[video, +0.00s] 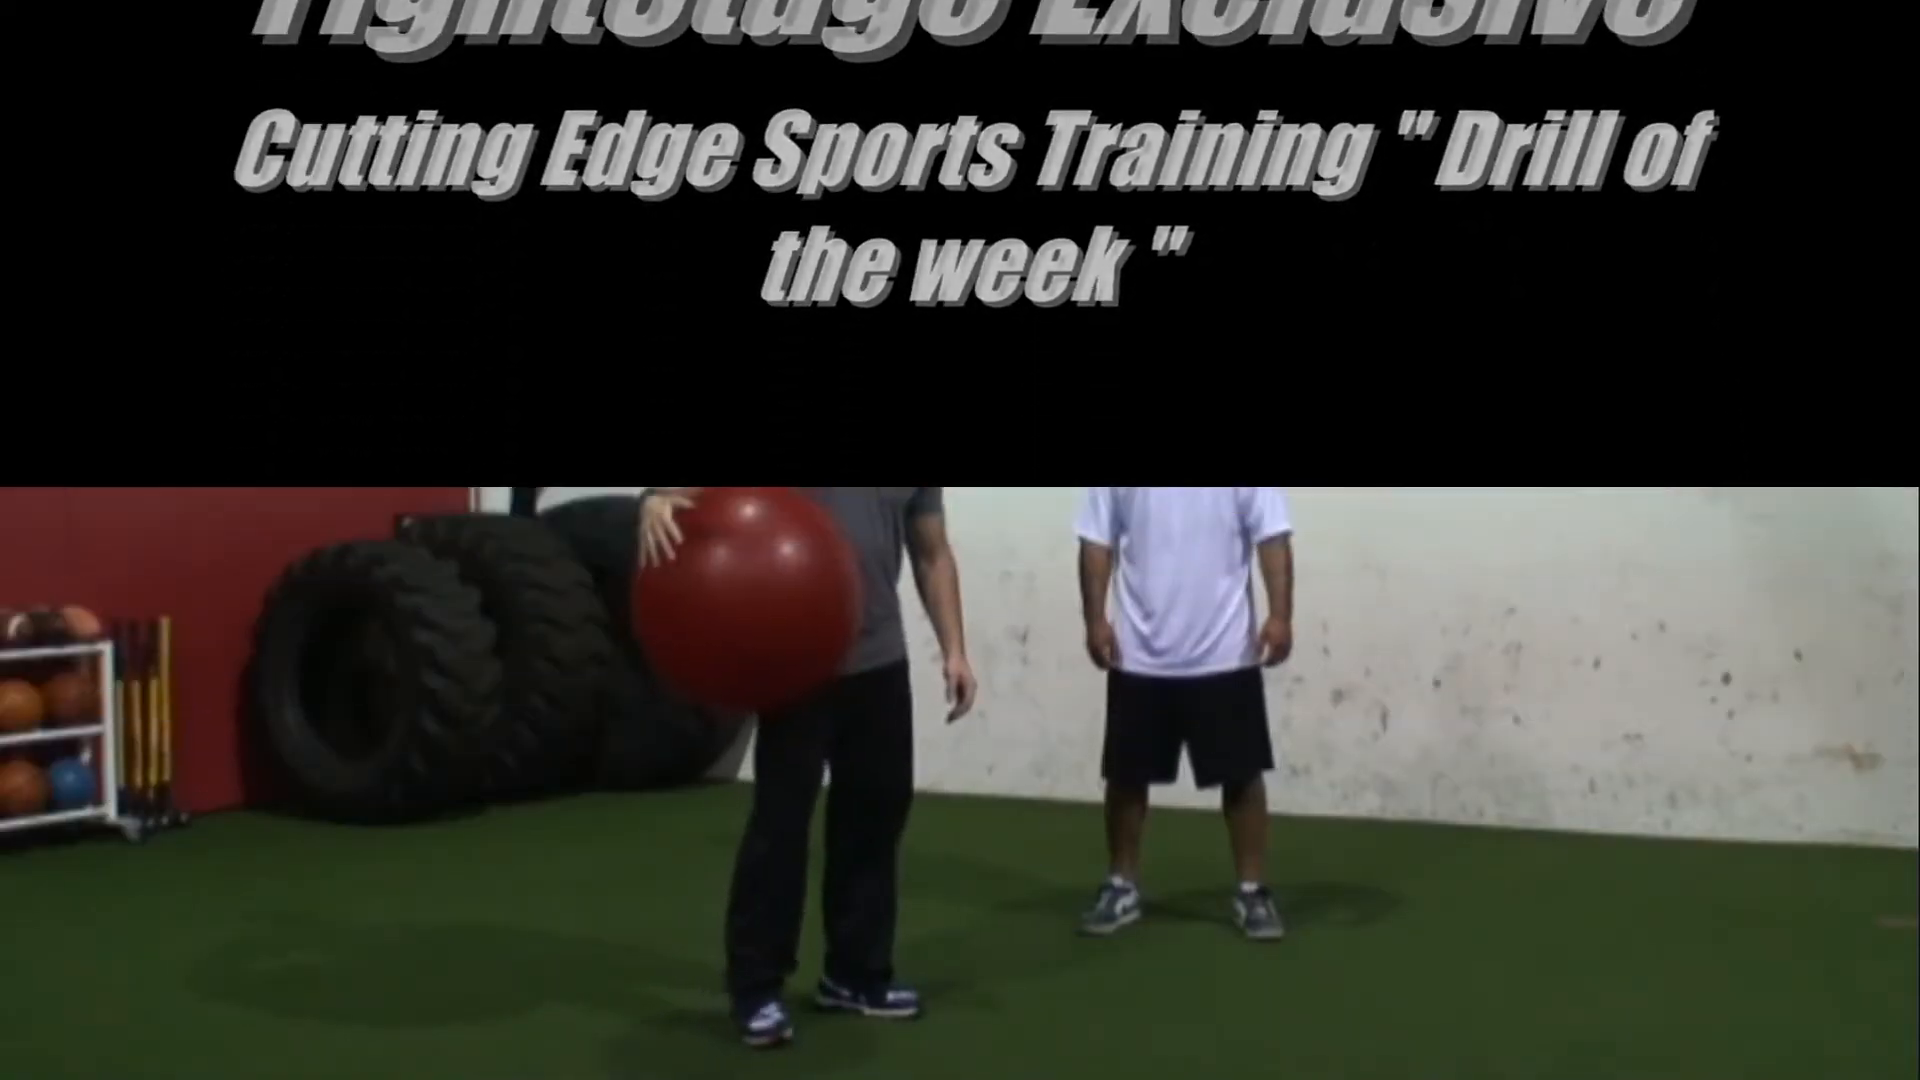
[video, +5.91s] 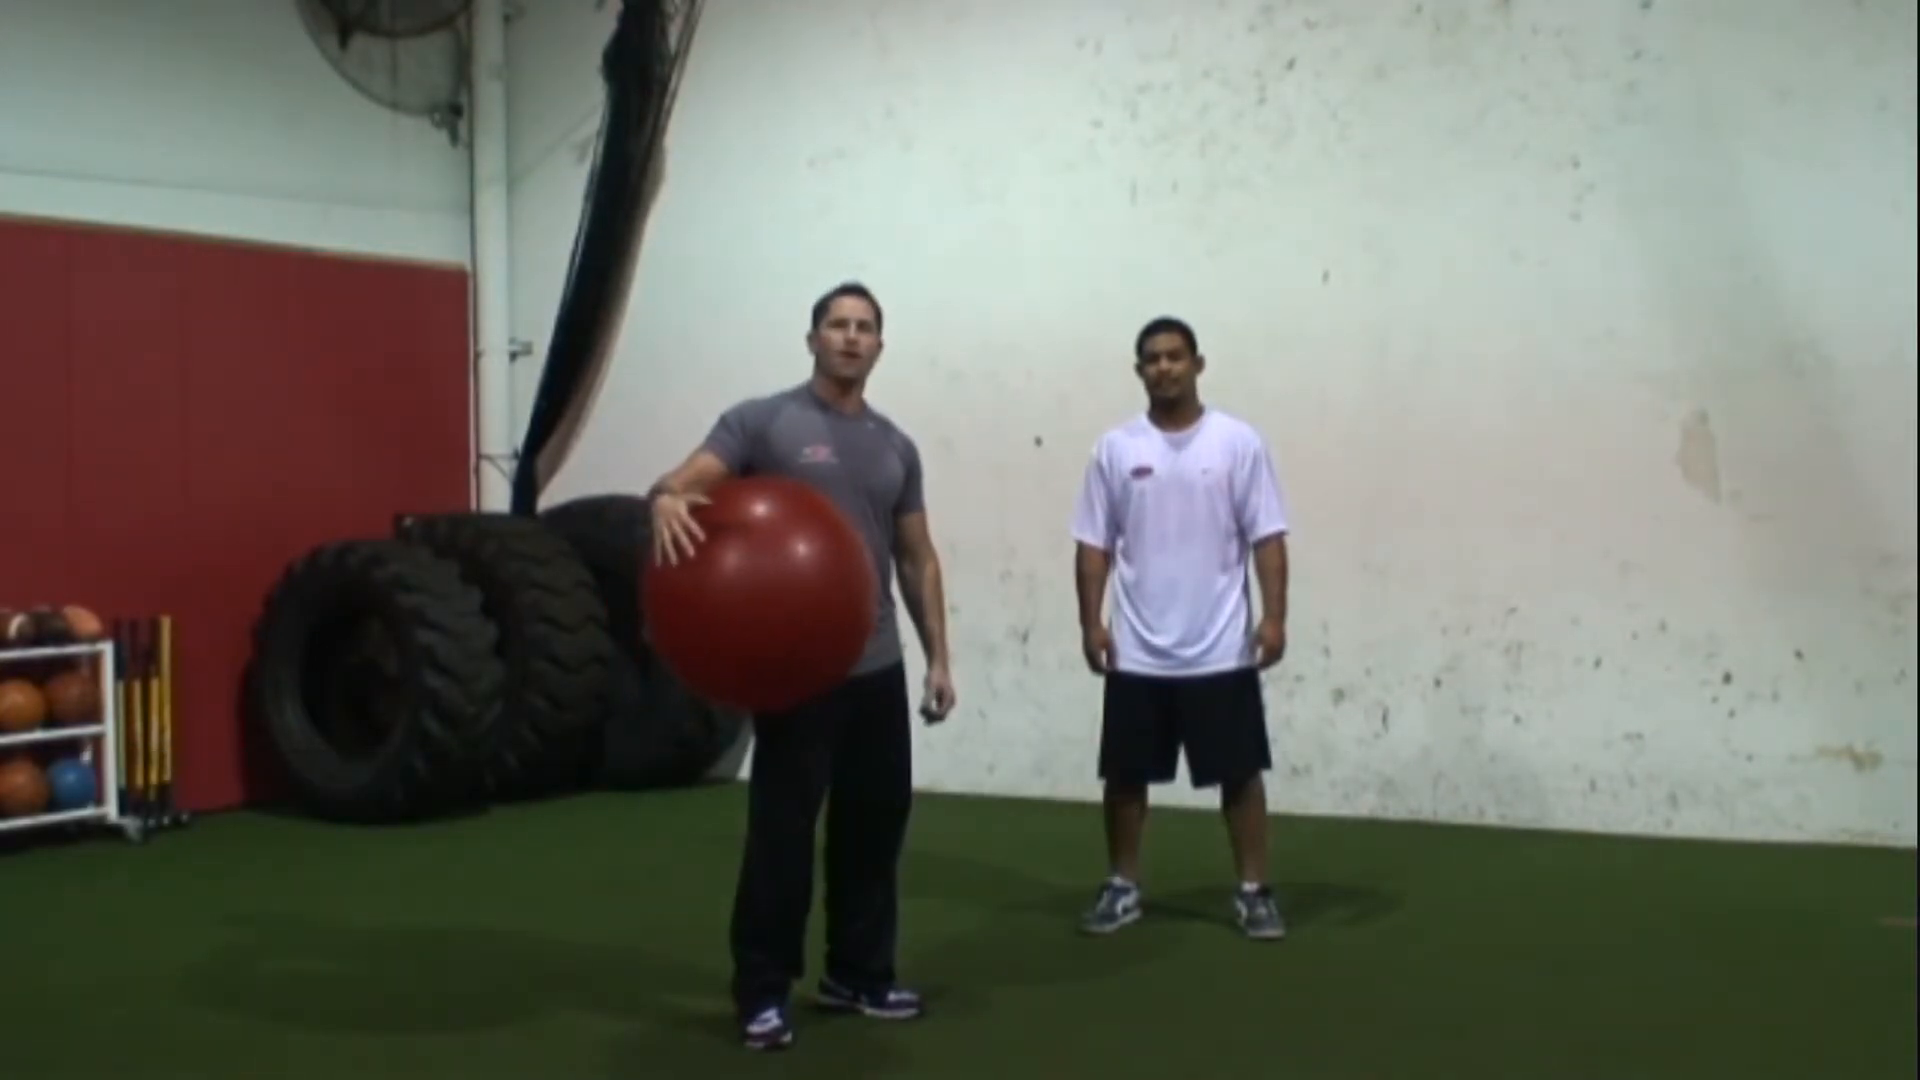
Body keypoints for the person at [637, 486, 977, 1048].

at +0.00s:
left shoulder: (909, 491)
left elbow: (931, 548)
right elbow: (709, 502)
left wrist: (955, 648)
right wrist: (658, 498)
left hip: (877, 657)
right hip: (793, 656)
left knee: (873, 819)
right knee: (782, 821)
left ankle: (856, 975)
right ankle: (757, 991)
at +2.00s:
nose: (837, 338)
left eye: (850, 328)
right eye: (824, 327)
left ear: (869, 344)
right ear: (802, 341)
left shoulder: (897, 446)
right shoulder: (754, 426)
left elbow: (923, 552)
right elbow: (681, 484)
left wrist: (939, 651)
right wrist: (630, 504)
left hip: (874, 668)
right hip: (784, 673)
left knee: (873, 831)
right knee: (777, 834)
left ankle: (859, 976)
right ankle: (766, 994)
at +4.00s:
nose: (834, 335)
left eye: (847, 324)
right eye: (820, 324)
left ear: (868, 342)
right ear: (799, 340)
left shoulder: (900, 442)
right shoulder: (756, 427)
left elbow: (930, 549)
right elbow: (686, 482)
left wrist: (936, 653)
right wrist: (642, 501)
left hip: (878, 669)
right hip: (789, 671)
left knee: (875, 833)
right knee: (777, 836)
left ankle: (861, 977)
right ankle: (765, 995)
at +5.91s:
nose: (851, 337)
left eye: (864, 327)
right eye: (838, 325)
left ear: (881, 345)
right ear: (812, 338)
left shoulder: (896, 447)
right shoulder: (761, 421)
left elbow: (916, 555)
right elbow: (687, 481)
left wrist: (939, 657)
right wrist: (663, 498)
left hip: (877, 670)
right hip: (791, 671)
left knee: (874, 829)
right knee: (782, 835)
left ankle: (859, 975)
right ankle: (763, 994)